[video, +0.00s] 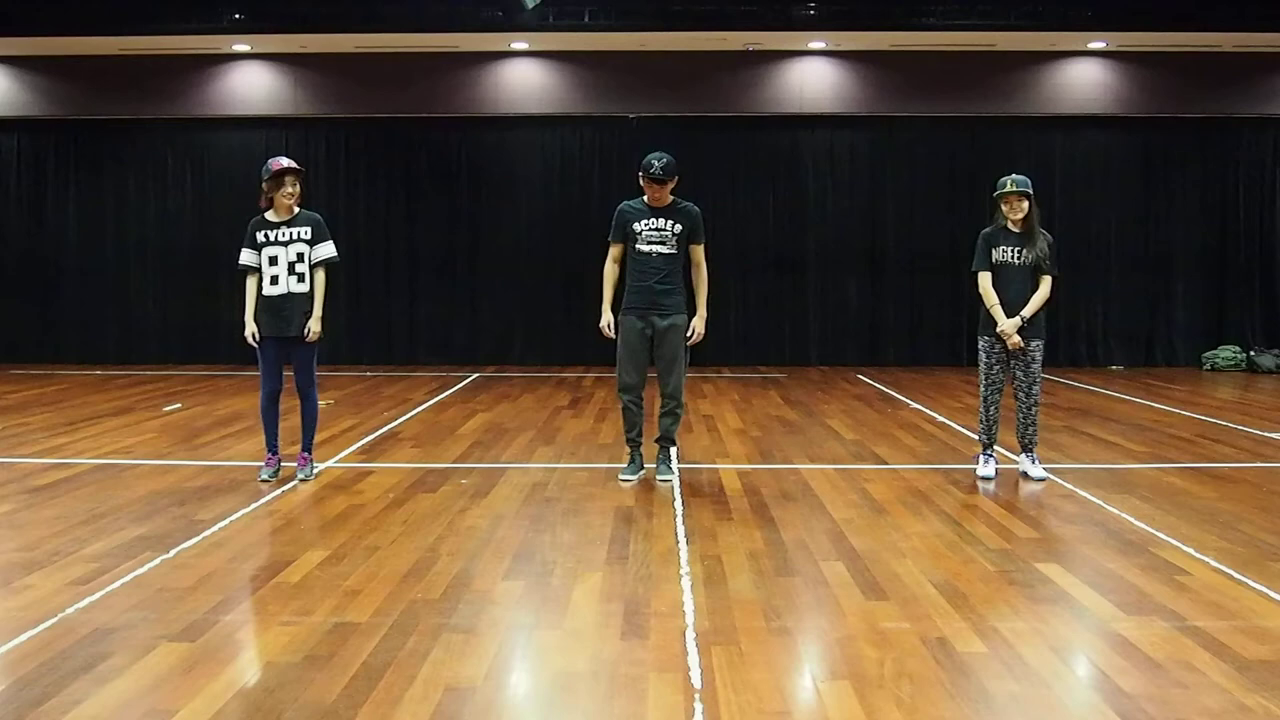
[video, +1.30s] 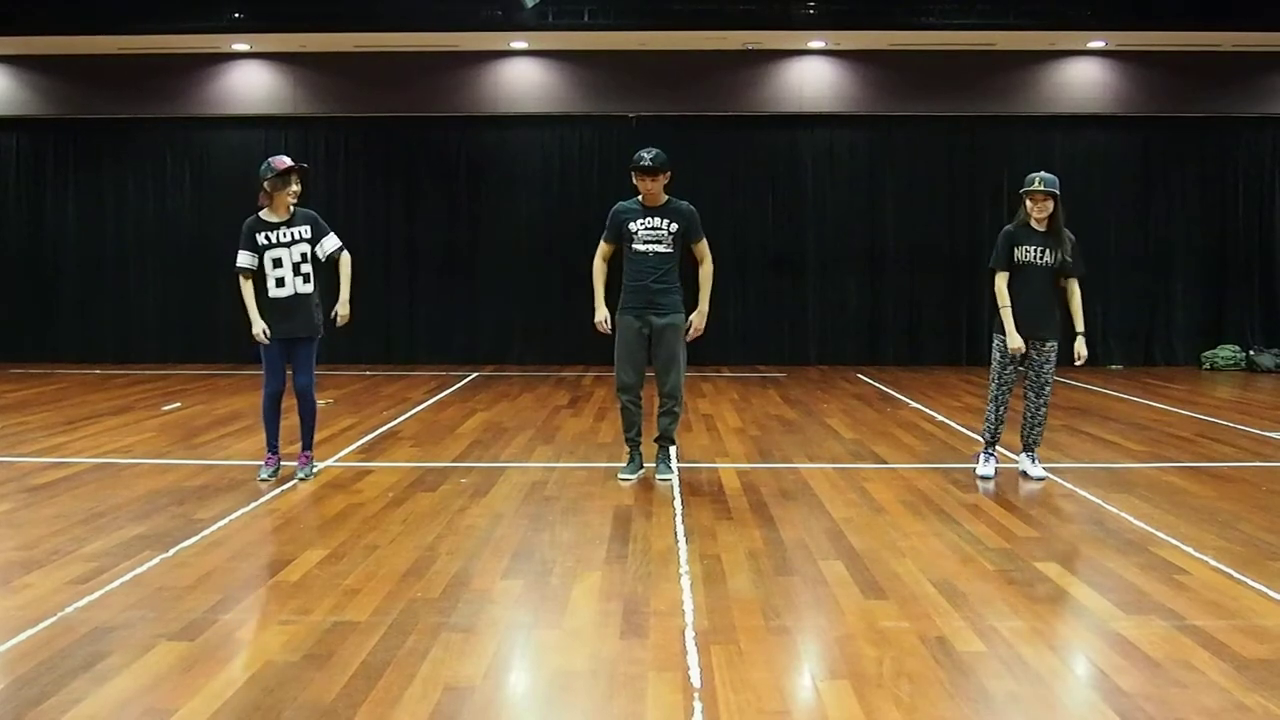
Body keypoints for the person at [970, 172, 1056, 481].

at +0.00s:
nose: (1015, 205)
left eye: (1020, 199)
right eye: (1008, 200)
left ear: (1029, 202)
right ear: (1000, 204)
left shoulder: (1042, 240)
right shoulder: (988, 237)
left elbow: (1045, 288)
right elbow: (985, 286)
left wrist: (1019, 321)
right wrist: (1006, 329)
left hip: (1031, 332)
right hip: (992, 331)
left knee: (1029, 396)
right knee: (990, 394)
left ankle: (1028, 455)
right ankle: (987, 455)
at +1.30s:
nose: (1039, 203)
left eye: (1045, 198)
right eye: (1033, 198)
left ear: (1055, 202)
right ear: (1024, 201)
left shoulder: (1065, 239)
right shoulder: (1010, 235)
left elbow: (1073, 287)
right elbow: (1000, 285)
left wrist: (1080, 334)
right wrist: (1010, 332)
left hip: (1047, 335)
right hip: (1010, 331)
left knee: (1039, 398)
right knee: (999, 394)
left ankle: (1029, 455)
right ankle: (988, 452)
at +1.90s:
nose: (1025, 202)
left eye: (1032, 197)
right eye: (1021, 197)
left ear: (1045, 201)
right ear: (1016, 201)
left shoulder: (1062, 238)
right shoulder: (1006, 234)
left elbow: (1080, 280)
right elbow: (974, 276)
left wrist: (1048, 273)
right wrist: (1000, 255)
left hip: (1044, 330)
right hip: (1008, 322)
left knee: (1037, 393)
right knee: (1002, 375)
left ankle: (1029, 453)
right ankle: (1006, 420)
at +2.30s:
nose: (1006, 203)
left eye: (1014, 199)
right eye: (1003, 198)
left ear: (1029, 205)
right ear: (998, 203)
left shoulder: (1044, 239)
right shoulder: (989, 235)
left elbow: (1050, 272)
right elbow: (962, 272)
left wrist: (1023, 238)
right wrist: (983, 233)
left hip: (1026, 322)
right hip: (991, 324)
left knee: (1004, 365)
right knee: (993, 397)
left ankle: (1020, 402)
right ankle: (1000, 462)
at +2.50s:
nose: (1004, 193)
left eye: (1013, 189)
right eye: (1001, 188)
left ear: (1027, 196)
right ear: (995, 194)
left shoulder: (1037, 230)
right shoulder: (983, 229)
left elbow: (1052, 256)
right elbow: (951, 258)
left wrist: (1019, 225)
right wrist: (979, 222)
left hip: (1024, 319)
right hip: (988, 320)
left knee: (999, 379)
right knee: (990, 390)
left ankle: (1013, 440)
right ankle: (1001, 459)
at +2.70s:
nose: (997, 203)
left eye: (1006, 199)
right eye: (995, 198)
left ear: (1020, 207)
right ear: (989, 205)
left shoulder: (1033, 240)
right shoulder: (980, 237)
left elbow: (1040, 268)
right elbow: (944, 268)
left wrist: (1009, 235)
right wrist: (970, 231)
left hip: (1020, 334)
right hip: (984, 331)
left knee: (1009, 404)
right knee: (970, 389)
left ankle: (1016, 470)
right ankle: (994, 440)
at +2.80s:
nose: (993, 196)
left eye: (1001, 192)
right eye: (990, 191)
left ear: (1016, 200)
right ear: (984, 198)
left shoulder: (1028, 232)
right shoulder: (976, 231)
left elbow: (1032, 260)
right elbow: (936, 260)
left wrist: (1002, 226)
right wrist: (964, 224)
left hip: (1016, 331)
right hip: (981, 325)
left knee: (1010, 404)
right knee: (966, 372)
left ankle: (1014, 469)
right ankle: (988, 416)